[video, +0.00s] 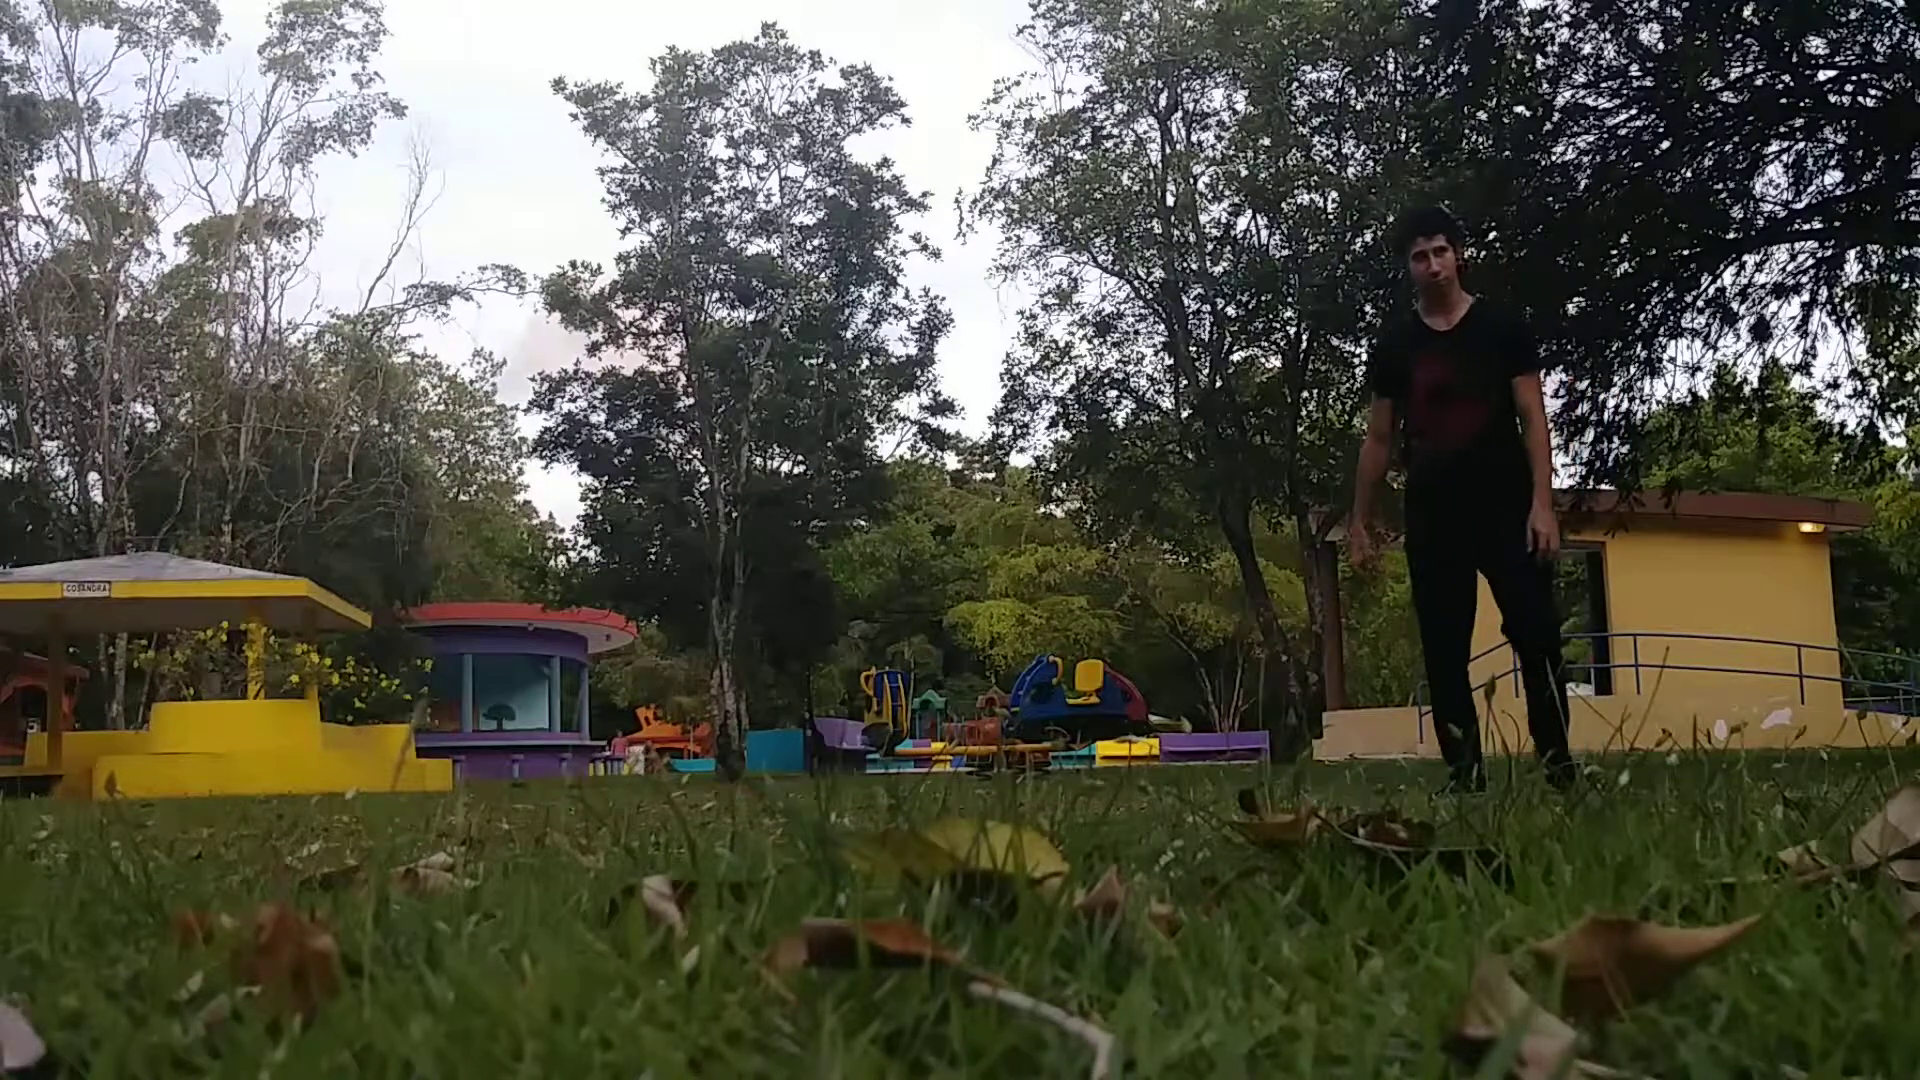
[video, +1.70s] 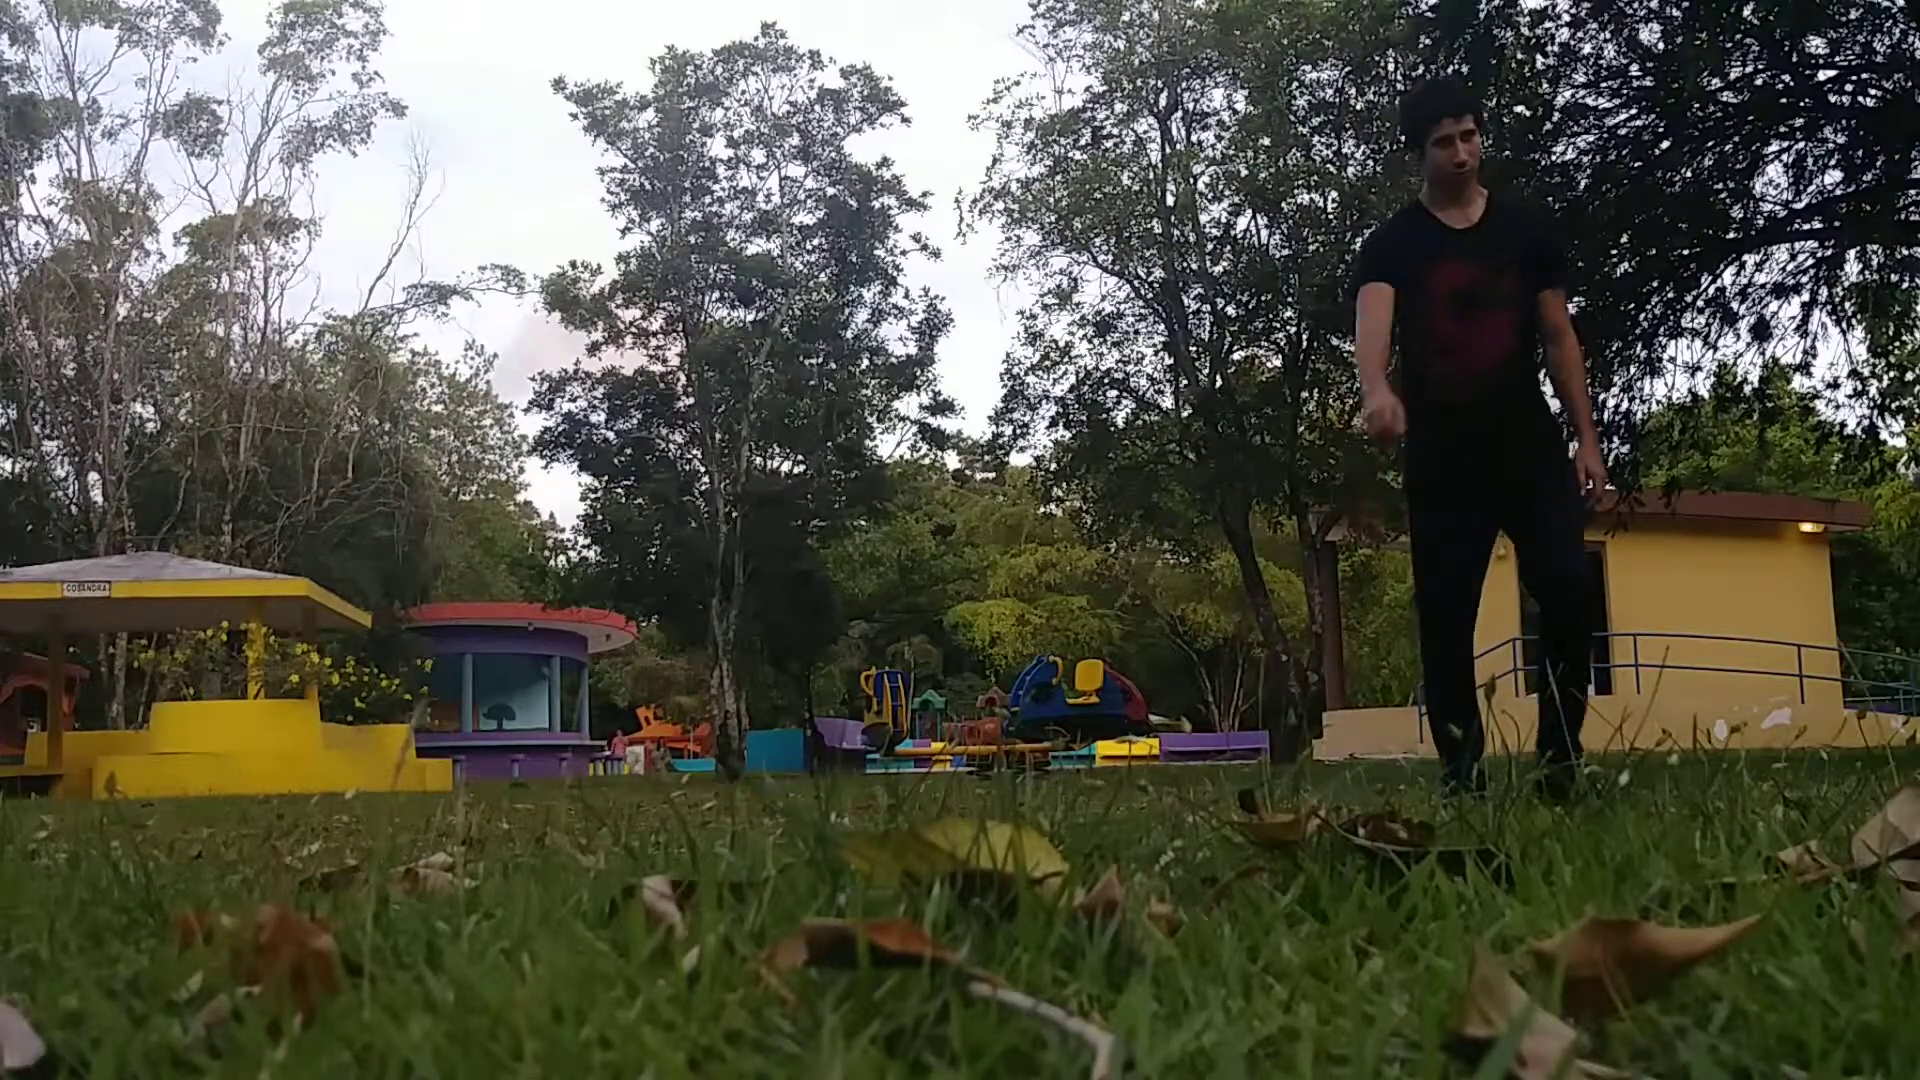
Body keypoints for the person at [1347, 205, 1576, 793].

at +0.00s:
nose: (1432, 263)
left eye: (1440, 251)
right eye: (1420, 256)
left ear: (1459, 254)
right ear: (1408, 268)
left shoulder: (1503, 325)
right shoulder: (1395, 341)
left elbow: (1535, 419)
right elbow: (1378, 435)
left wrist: (1543, 503)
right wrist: (1359, 516)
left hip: (1505, 509)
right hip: (1433, 517)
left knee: (1537, 641)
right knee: (1444, 652)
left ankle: (1558, 765)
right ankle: (1464, 775)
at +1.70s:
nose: (1462, 150)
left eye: (1469, 136)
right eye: (1446, 142)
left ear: (1483, 140)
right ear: (1418, 153)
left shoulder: (1525, 228)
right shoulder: (1391, 242)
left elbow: (1560, 337)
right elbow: (1373, 320)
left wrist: (1586, 435)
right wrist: (1375, 387)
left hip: (1529, 446)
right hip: (1442, 454)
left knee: (1569, 592)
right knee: (1445, 616)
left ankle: (1559, 761)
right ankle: (1460, 769)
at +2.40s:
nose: (1577, 81)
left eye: (1586, 67)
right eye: (1560, 69)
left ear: (1597, 78)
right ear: (1526, 86)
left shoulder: (1633, 182)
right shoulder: (1480, 192)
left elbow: (1675, 294)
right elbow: (1449, 310)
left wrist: (1702, 401)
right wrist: (1419, 422)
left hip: (1610, 418)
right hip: (1512, 421)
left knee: (1617, 593)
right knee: (1516, 584)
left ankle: (1610, 758)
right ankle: (1498, 750)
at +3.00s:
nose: (1580, 22)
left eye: (1589, 8)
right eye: (1559, 10)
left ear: (1602, 21)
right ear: (1525, 31)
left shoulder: (1650, 125)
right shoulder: (1497, 142)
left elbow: (1690, 250)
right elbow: (1445, 270)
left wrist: (1701, 358)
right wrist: (1470, 356)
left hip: (1652, 388)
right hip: (1548, 395)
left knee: (1690, 575)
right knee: (1548, 585)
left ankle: (1621, 724)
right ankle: (1568, 766)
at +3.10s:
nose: (1594, 13)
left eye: (1604, 0)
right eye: (1575, 0)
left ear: (1617, 14)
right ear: (1538, 16)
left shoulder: (1662, 117)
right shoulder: (1503, 129)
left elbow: (1705, 245)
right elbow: (1452, 250)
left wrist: (1729, 352)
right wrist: (1513, 279)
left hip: (1662, 373)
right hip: (1558, 383)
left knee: (1721, 555)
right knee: (1557, 573)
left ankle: (1656, 729)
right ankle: (1568, 767)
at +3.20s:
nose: (1619, 3)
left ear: (1636, 8)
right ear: (1555, 9)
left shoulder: (1679, 113)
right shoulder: (1522, 114)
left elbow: (1720, 238)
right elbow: (1486, 230)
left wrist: (1756, 337)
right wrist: (1567, 235)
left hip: (1676, 363)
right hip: (1572, 373)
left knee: (1759, 537)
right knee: (1566, 571)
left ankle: (1728, 742)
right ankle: (1568, 765)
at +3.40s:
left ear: (1702, 4)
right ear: (1623, 2)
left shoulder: (1743, 107)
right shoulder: (1589, 97)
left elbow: (1764, 244)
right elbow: (1586, 227)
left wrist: (1805, 333)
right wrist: (1667, 241)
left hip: (1743, 364)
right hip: (1634, 369)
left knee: (1817, 546)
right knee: (1610, 570)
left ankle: (1846, 753)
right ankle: (1577, 767)